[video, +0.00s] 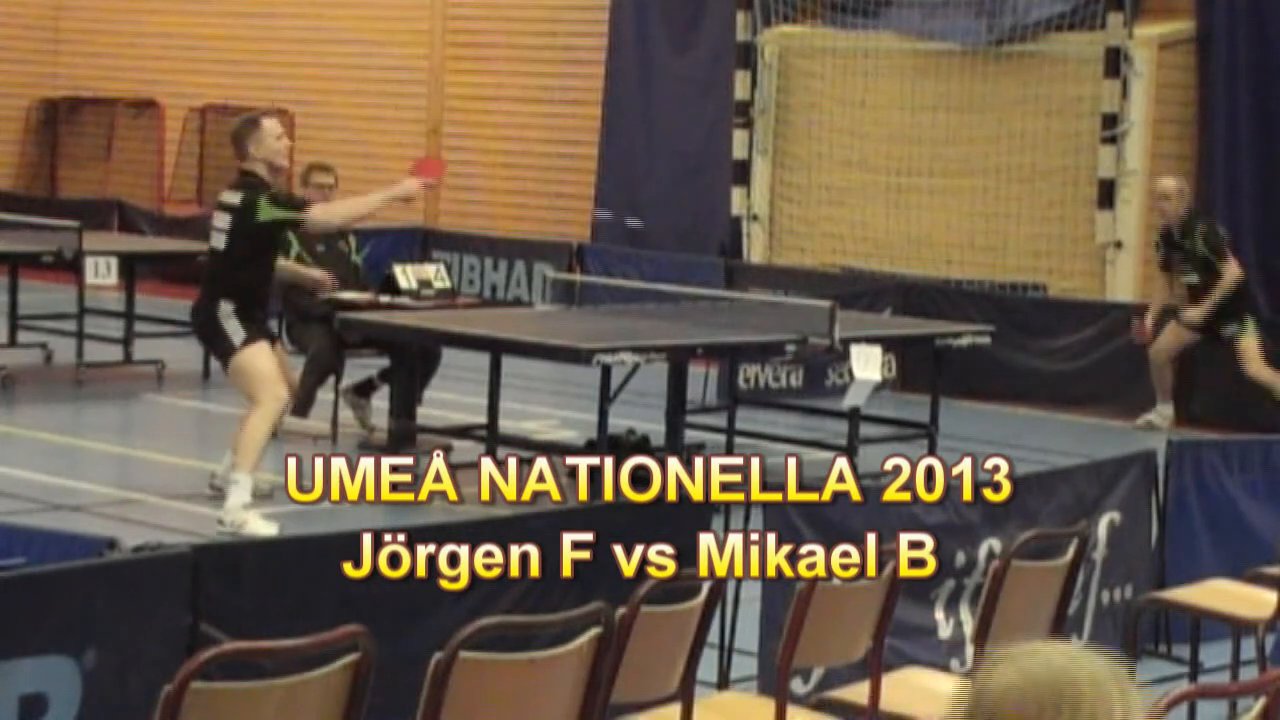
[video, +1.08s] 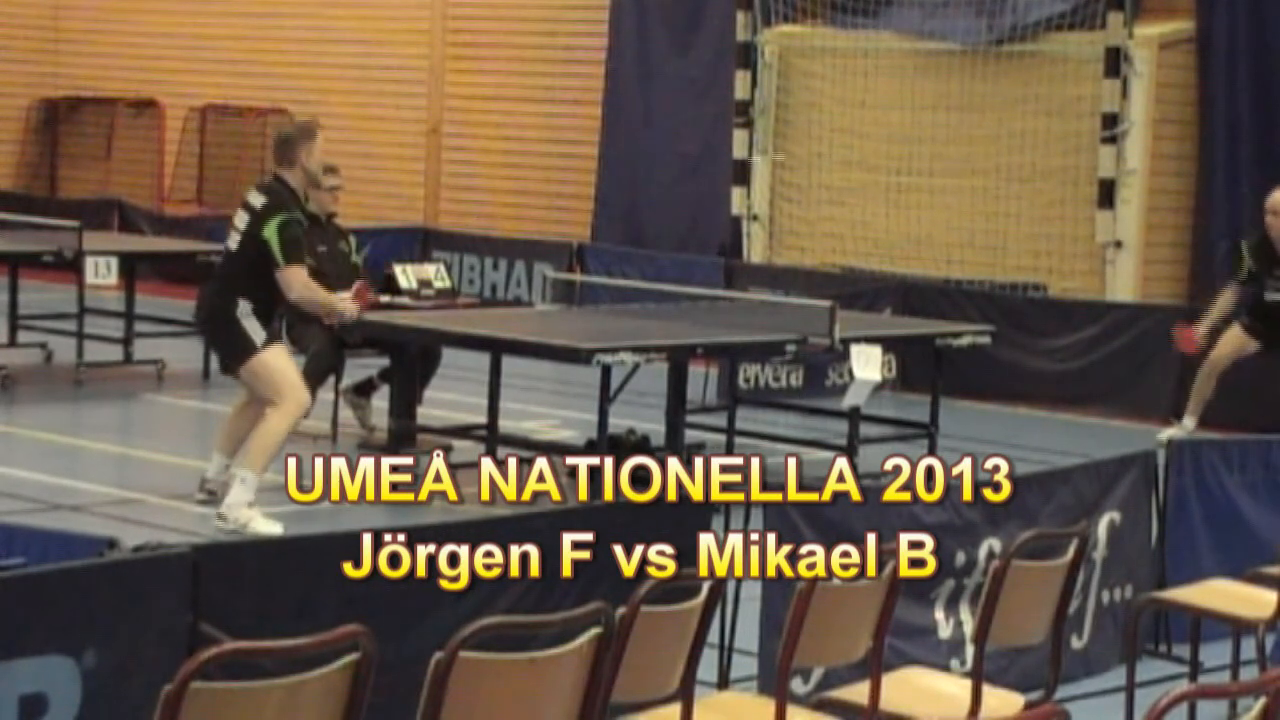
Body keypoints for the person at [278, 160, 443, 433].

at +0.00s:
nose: (324, 194)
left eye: (329, 188)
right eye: (317, 187)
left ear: (336, 191)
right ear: (303, 190)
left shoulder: (344, 234)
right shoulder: (289, 235)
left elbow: (357, 280)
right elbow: (272, 266)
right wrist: (307, 277)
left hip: (350, 315)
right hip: (307, 316)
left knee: (425, 352)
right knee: (326, 353)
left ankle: (362, 391)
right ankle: (295, 420)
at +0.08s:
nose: (326, 194)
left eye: (331, 188)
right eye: (320, 187)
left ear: (336, 191)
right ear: (304, 189)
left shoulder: (342, 233)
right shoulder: (292, 232)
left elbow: (354, 280)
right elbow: (295, 294)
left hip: (349, 315)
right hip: (310, 317)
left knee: (425, 351)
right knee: (326, 354)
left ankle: (362, 391)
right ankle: (294, 419)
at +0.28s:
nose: (336, 195)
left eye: (339, 189)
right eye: (329, 188)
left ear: (341, 192)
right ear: (308, 189)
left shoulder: (339, 231)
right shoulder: (293, 227)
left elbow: (353, 281)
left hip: (348, 317)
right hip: (308, 318)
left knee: (425, 350)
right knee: (327, 353)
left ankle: (362, 391)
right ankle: (293, 413)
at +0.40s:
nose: (338, 197)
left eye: (340, 190)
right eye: (332, 189)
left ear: (341, 193)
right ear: (311, 191)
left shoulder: (333, 229)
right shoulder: (298, 226)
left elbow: (349, 275)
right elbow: (319, 269)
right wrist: (352, 261)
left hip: (344, 316)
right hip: (306, 317)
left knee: (425, 352)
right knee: (327, 352)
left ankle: (362, 392)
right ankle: (291, 415)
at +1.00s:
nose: (338, 197)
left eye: (340, 190)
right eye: (331, 190)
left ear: (342, 193)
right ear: (310, 192)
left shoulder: (341, 234)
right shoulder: (295, 227)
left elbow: (353, 279)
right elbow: (296, 278)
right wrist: (346, 295)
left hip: (348, 316)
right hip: (306, 317)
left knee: (425, 349)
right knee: (326, 353)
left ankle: (362, 391)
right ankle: (290, 414)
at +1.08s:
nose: (337, 196)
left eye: (339, 190)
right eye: (330, 189)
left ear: (341, 192)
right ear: (309, 192)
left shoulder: (341, 234)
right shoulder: (296, 230)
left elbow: (354, 280)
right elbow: (296, 285)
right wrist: (333, 303)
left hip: (349, 316)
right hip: (307, 317)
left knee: (426, 350)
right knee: (327, 353)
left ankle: (362, 392)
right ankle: (292, 413)